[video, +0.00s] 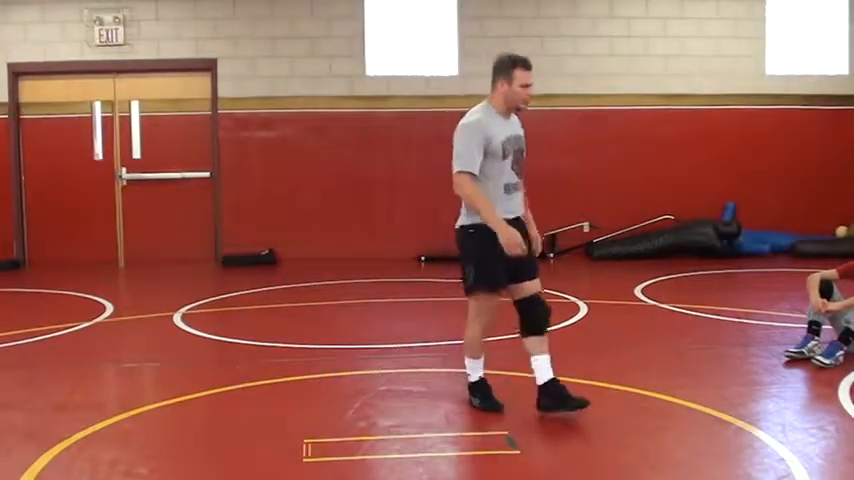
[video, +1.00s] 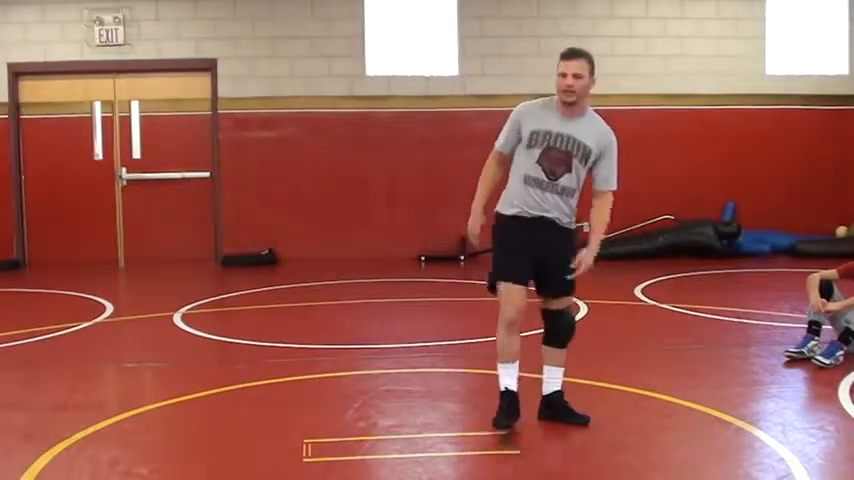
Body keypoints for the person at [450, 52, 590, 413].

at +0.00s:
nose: (530, 93)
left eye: (531, 86)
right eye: (525, 86)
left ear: (513, 86)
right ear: (501, 85)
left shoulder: (514, 122)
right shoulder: (473, 125)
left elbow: (513, 182)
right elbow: (462, 183)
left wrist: (529, 223)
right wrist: (500, 227)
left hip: (512, 226)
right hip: (479, 230)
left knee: (533, 308)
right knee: (482, 308)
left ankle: (547, 387)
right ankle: (476, 383)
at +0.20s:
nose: (553, 90)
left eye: (554, 83)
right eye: (547, 83)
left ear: (535, 86)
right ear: (524, 83)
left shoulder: (544, 127)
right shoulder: (490, 124)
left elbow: (542, 181)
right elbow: (475, 184)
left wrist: (549, 224)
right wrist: (496, 237)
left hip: (536, 230)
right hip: (499, 232)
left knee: (549, 314)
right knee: (497, 314)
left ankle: (551, 394)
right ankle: (480, 382)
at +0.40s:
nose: (563, 87)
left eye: (569, 81)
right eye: (556, 79)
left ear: (573, 86)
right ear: (539, 81)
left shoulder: (574, 131)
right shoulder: (509, 119)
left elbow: (585, 186)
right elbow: (478, 167)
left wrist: (602, 233)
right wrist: (483, 220)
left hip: (553, 230)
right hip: (514, 230)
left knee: (558, 318)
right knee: (522, 318)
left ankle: (551, 397)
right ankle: (497, 365)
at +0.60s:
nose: (561, 84)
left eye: (569, 78)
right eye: (555, 76)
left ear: (581, 83)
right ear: (546, 79)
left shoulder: (591, 130)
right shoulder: (517, 117)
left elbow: (609, 185)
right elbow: (486, 162)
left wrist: (640, 232)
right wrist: (472, 205)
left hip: (563, 229)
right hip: (519, 228)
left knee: (564, 315)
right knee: (526, 319)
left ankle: (553, 398)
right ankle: (521, 398)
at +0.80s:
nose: (564, 84)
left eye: (573, 77)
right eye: (559, 76)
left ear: (588, 82)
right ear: (551, 78)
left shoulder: (601, 134)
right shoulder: (523, 115)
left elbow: (615, 189)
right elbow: (493, 160)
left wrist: (633, 240)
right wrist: (472, 209)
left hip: (563, 230)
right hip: (517, 225)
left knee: (564, 319)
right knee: (524, 318)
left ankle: (553, 398)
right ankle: (523, 396)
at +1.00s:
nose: (568, 83)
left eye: (577, 76)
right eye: (563, 75)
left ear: (591, 82)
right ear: (555, 78)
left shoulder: (602, 137)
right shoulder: (525, 114)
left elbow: (603, 197)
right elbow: (496, 162)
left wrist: (593, 246)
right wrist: (476, 213)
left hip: (558, 230)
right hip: (513, 223)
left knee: (561, 318)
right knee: (512, 314)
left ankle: (551, 398)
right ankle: (508, 396)